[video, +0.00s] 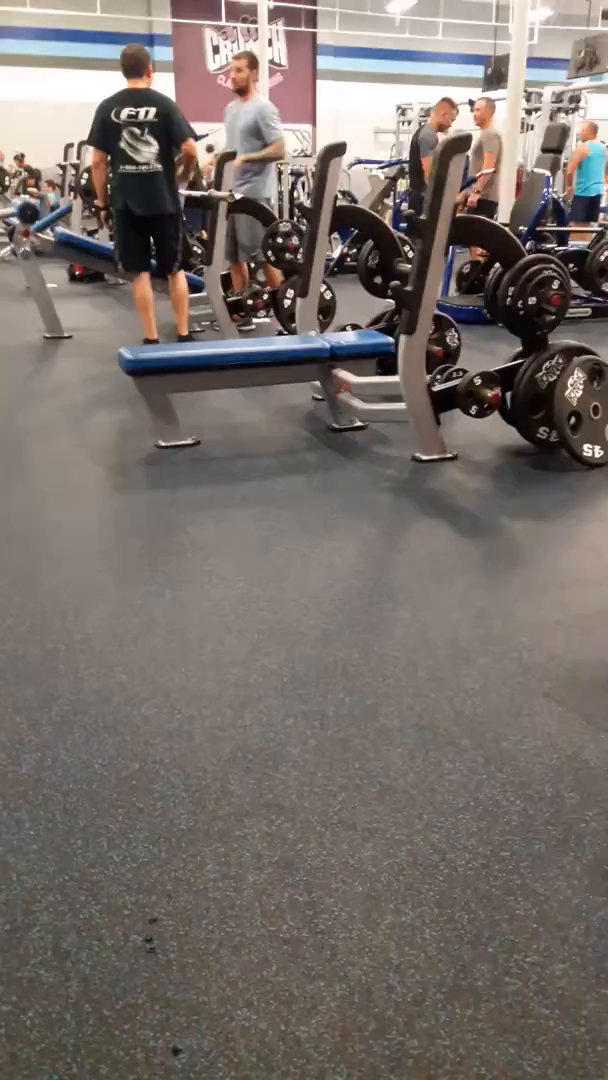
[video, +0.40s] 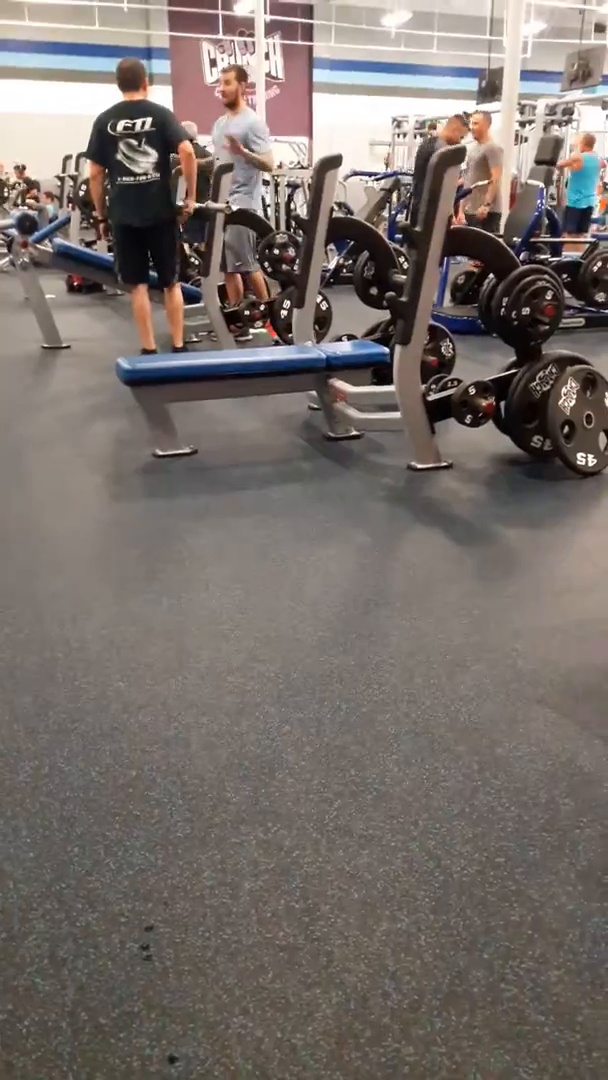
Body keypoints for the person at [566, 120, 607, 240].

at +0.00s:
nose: (580, 133)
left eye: (582, 130)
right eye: (581, 130)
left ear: (588, 132)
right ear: (594, 133)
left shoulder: (583, 148)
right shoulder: (602, 147)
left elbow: (569, 170)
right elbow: (604, 169)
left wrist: (568, 185)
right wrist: (603, 183)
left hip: (583, 191)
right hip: (597, 190)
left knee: (576, 224)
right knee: (588, 225)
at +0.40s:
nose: (579, 145)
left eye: (580, 143)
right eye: (580, 143)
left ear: (583, 144)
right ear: (593, 145)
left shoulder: (577, 157)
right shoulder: (598, 159)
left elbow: (560, 164)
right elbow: (604, 165)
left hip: (575, 201)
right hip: (590, 201)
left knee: (569, 234)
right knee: (582, 234)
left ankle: (568, 261)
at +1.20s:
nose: (564, 155)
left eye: (565, 153)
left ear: (567, 154)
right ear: (578, 155)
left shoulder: (562, 169)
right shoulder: (584, 170)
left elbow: (548, 179)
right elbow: (592, 181)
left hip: (562, 211)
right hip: (577, 211)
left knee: (558, 244)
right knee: (571, 244)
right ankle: (570, 269)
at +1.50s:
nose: (561, 159)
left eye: (562, 157)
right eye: (562, 157)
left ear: (564, 159)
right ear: (575, 159)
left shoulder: (559, 175)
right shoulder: (582, 175)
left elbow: (548, 197)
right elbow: (586, 194)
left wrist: (548, 210)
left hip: (559, 217)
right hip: (574, 217)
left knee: (555, 250)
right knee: (568, 250)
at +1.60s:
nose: (561, 158)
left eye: (561, 156)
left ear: (560, 157)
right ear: (571, 158)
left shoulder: (554, 173)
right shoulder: (577, 174)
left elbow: (544, 194)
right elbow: (581, 194)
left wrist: (542, 206)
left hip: (554, 215)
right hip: (570, 216)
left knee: (550, 248)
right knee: (563, 248)